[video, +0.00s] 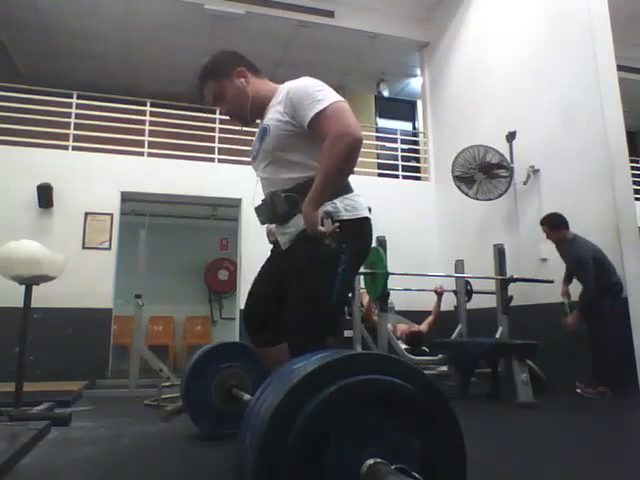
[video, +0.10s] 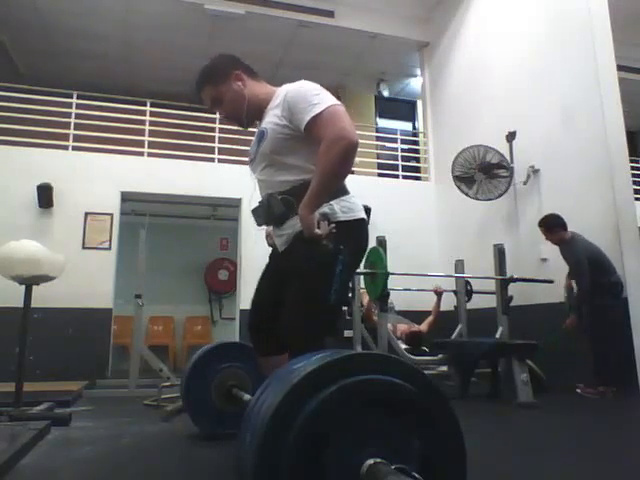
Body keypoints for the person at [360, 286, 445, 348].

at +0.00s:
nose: (413, 326)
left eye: (411, 330)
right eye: (415, 328)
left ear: (401, 337)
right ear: (416, 328)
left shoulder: (385, 333)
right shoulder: (420, 331)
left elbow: (368, 318)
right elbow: (434, 317)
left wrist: (370, 298)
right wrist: (439, 298)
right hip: (390, 313)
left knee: (363, 294)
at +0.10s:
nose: (413, 326)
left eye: (411, 330)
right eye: (415, 328)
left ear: (402, 337)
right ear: (417, 329)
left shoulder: (386, 333)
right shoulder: (421, 331)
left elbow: (369, 319)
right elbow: (434, 317)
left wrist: (370, 301)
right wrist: (439, 297)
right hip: (390, 314)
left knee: (364, 295)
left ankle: (360, 292)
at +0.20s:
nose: (412, 327)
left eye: (410, 331)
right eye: (414, 329)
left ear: (402, 338)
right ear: (416, 329)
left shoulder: (387, 333)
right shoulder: (420, 331)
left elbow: (368, 318)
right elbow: (432, 317)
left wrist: (373, 300)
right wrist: (436, 298)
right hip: (390, 314)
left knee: (364, 294)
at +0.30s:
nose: (411, 327)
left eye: (410, 330)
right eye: (414, 328)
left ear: (402, 338)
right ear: (416, 329)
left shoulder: (388, 334)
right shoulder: (421, 331)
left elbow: (368, 318)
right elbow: (431, 316)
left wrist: (375, 301)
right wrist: (435, 297)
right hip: (390, 314)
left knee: (364, 294)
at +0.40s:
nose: (412, 327)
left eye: (410, 330)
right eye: (414, 329)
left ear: (403, 338)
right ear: (417, 330)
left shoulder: (388, 334)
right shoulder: (421, 331)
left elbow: (367, 318)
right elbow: (431, 316)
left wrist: (376, 301)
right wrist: (435, 297)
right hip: (390, 314)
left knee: (363, 294)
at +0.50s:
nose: (412, 327)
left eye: (410, 330)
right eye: (414, 329)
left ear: (403, 338)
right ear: (416, 329)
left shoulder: (387, 334)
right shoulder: (421, 331)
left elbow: (367, 317)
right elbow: (432, 316)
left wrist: (376, 301)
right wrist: (434, 297)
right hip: (390, 314)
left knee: (364, 294)